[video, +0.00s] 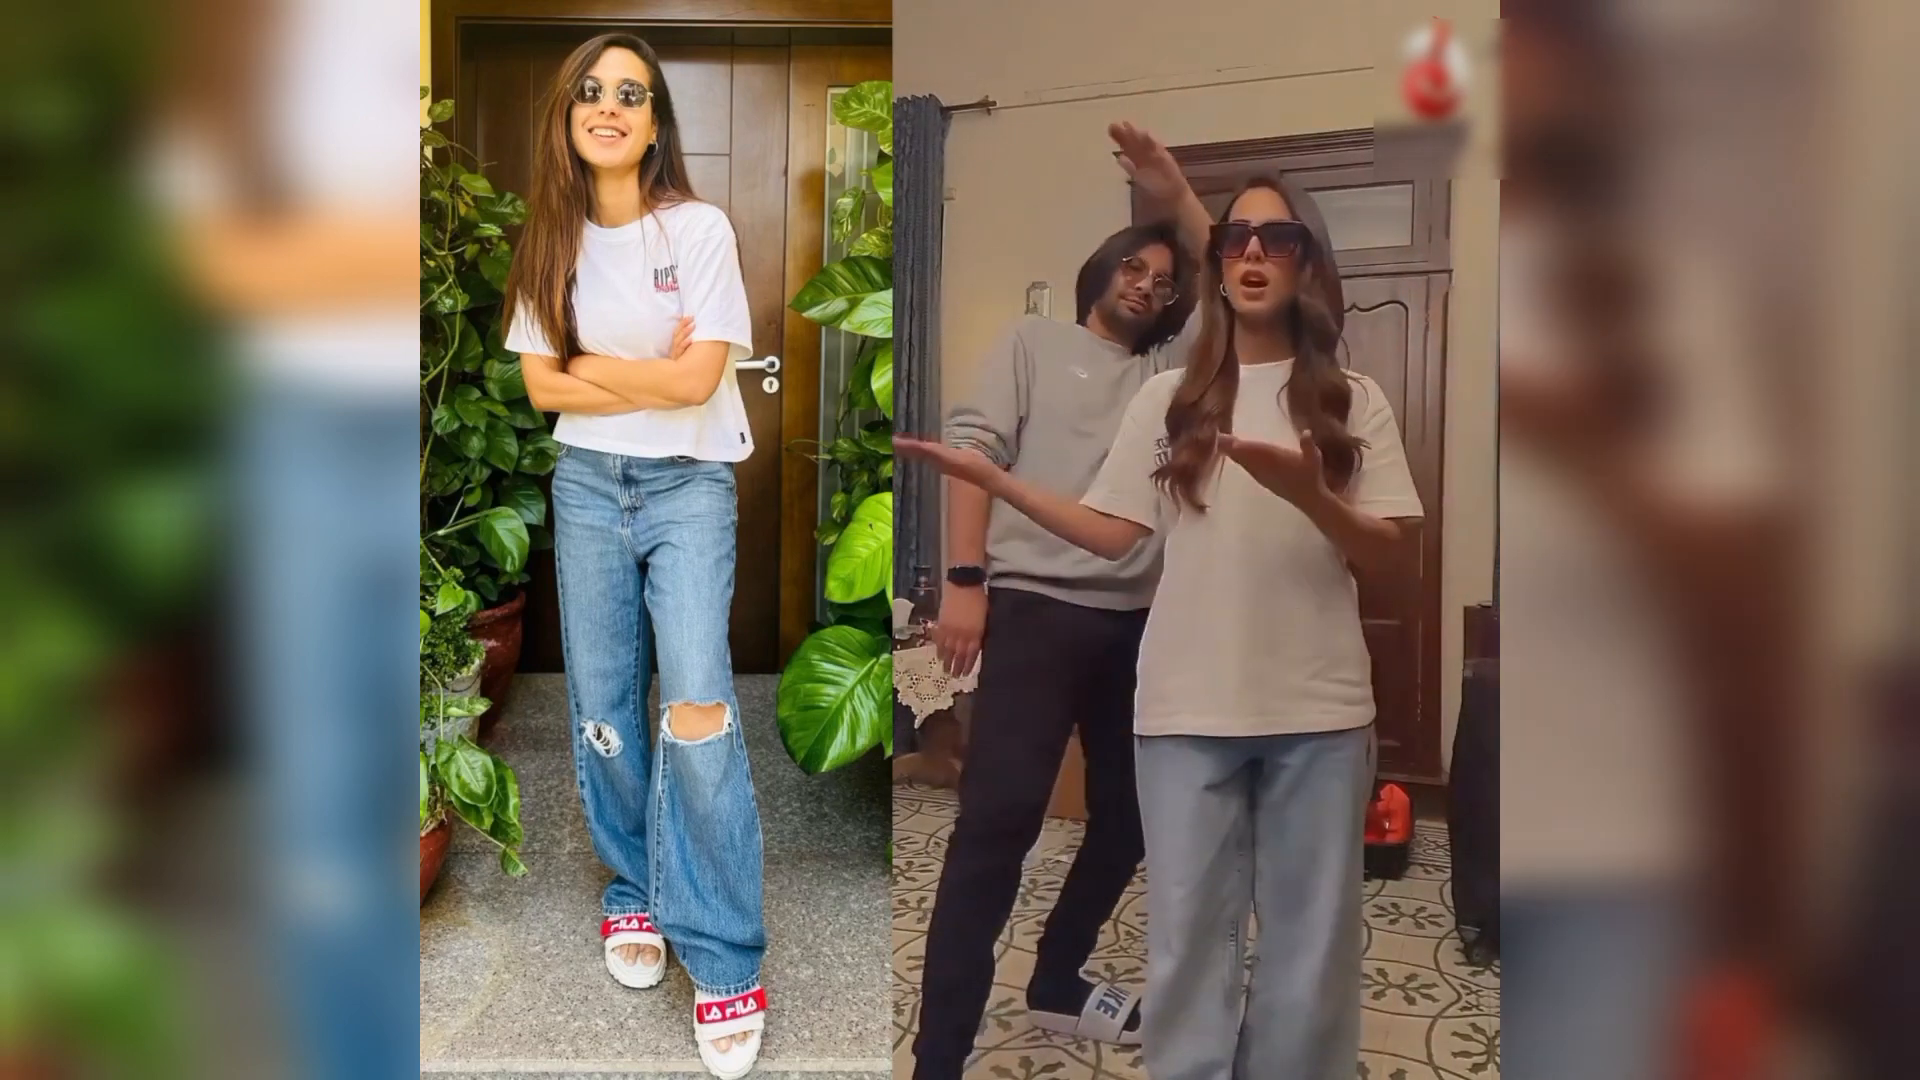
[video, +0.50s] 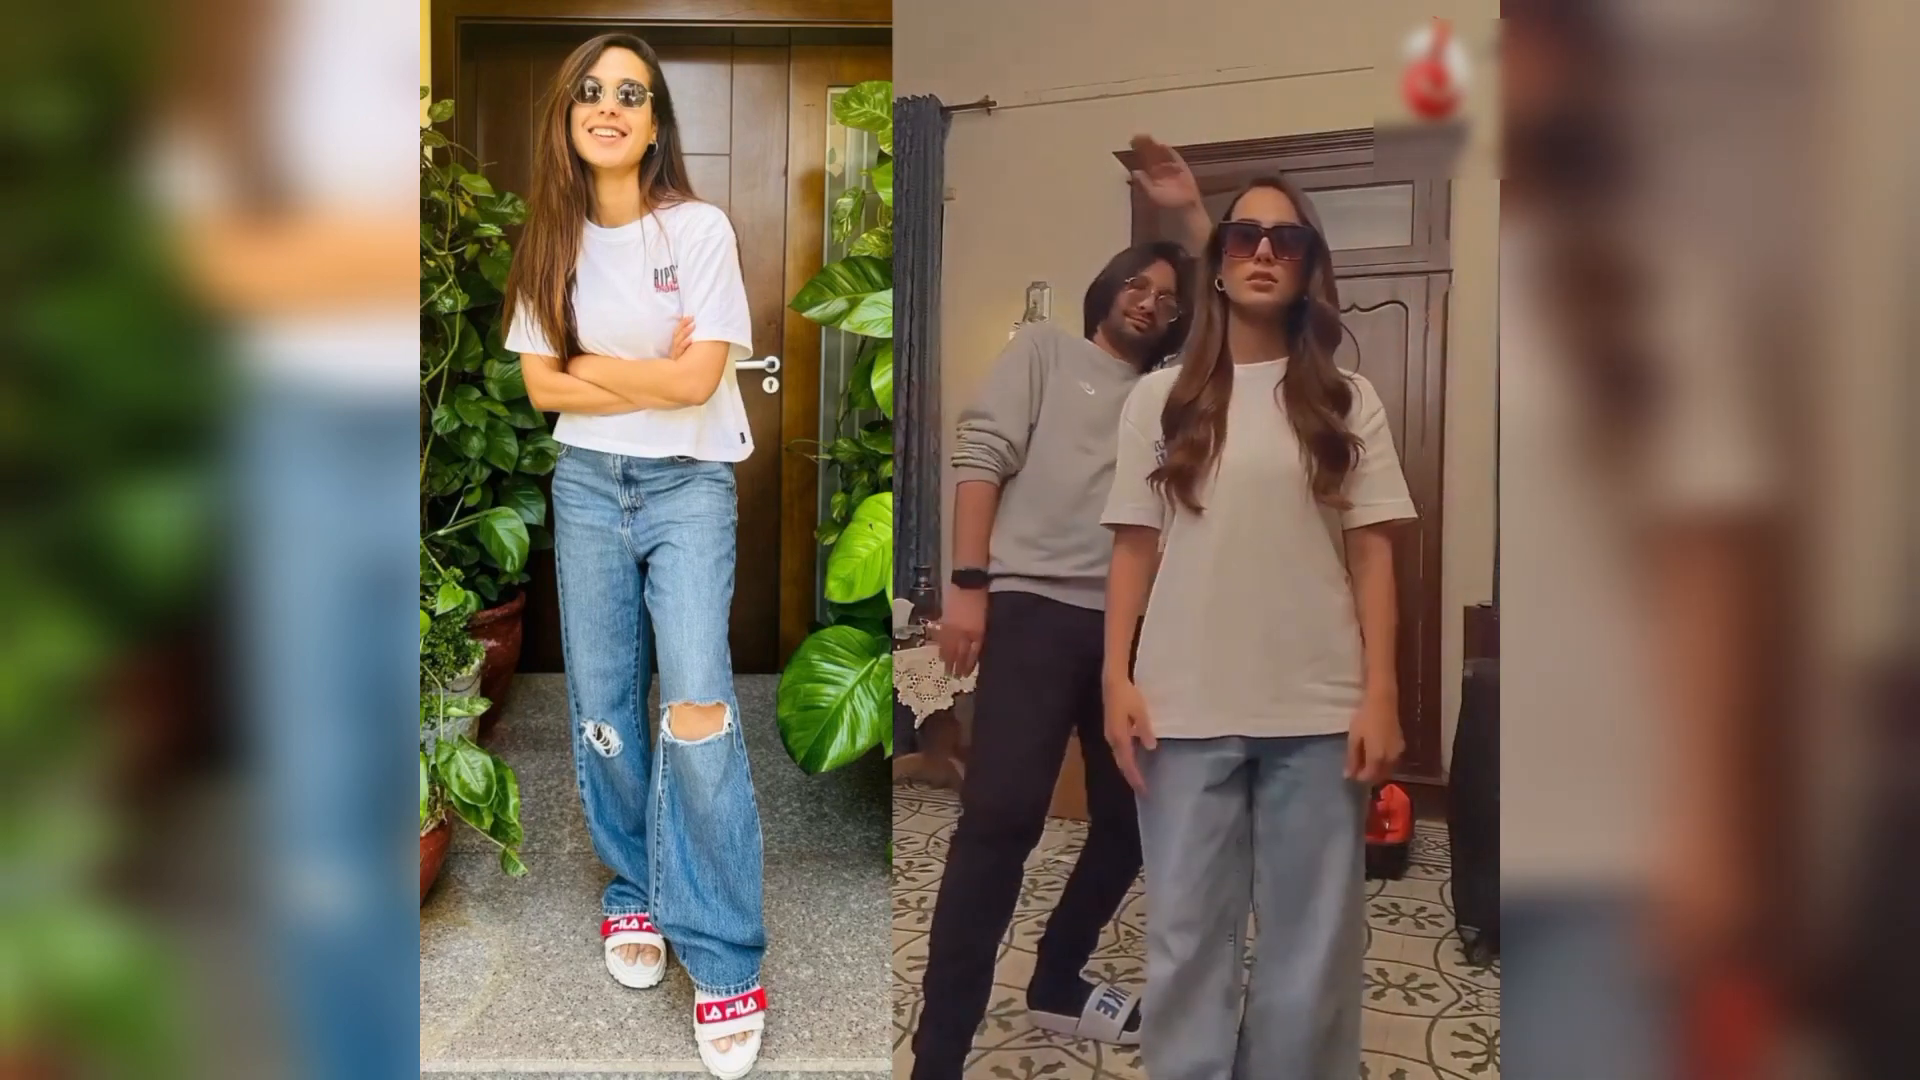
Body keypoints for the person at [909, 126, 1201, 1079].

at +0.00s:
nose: (1148, 287)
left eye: (1164, 282)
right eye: (1136, 270)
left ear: (1173, 298)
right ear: (1102, 269)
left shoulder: (1173, 370)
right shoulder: (1034, 343)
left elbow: (1227, 297)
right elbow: (972, 452)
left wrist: (1175, 194)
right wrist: (963, 580)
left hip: (1138, 627)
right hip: (1032, 614)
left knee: (1123, 828)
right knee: (998, 825)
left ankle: (1057, 987)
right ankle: (938, 1058)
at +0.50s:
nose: (1149, 302)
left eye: (1165, 297)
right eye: (1138, 286)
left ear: (1177, 316)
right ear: (1106, 289)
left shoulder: (1174, 388)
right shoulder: (1043, 349)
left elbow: (1224, 322)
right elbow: (983, 453)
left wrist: (1193, 215)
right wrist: (966, 581)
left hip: (1134, 625)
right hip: (1035, 616)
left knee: (1127, 825)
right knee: (1000, 824)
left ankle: (1057, 988)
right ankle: (938, 1057)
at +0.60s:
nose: (1147, 289)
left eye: (1159, 282)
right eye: (1133, 273)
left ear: (1170, 301)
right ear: (1099, 279)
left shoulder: (1170, 383)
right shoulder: (1043, 342)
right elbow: (979, 451)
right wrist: (959, 577)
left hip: (1127, 624)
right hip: (1028, 612)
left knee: (1120, 821)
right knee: (994, 824)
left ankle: (1057, 990)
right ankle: (935, 1058)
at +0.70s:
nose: (1136, 258)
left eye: (1146, 251)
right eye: (1121, 244)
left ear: (1157, 270)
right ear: (1086, 252)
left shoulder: (1169, 348)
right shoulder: (1039, 323)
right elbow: (972, 435)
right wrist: (942, 566)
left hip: (1121, 609)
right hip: (1022, 599)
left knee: (1104, 812)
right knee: (990, 819)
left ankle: (1056, 993)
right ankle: (933, 1059)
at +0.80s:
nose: (1124, 230)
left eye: (1132, 219)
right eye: (1103, 217)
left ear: (1142, 243)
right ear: (1063, 235)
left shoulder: (1159, 347)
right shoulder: (1016, 322)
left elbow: (1184, 472)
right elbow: (938, 440)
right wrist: (928, 568)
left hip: (1120, 608)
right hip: (1015, 597)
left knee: (1093, 809)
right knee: (984, 817)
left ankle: (1056, 989)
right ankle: (933, 1055)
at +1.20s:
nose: (1085, 206)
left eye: (1085, 193)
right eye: (1063, 192)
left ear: (1084, 218)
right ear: (1011, 213)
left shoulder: (1112, 339)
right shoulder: (963, 331)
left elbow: (1126, 469)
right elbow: (921, 479)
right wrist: (1017, 527)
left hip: (1109, 621)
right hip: (1011, 617)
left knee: (1099, 815)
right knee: (985, 838)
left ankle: (1055, 989)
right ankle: (931, 1063)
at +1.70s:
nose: (1070, 189)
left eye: (1067, 175)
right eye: (1044, 175)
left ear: (1063, 198)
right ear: (988, 200)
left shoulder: (1079, 325)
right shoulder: (966, 329)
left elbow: (1104, 471)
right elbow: (914, 499)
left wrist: (1136, 584)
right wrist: (913, 626)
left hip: (1104, 604)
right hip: (1019, 608)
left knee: (1103, 812)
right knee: (1021, 850)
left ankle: (1056, 989)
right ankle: (939, 1063)